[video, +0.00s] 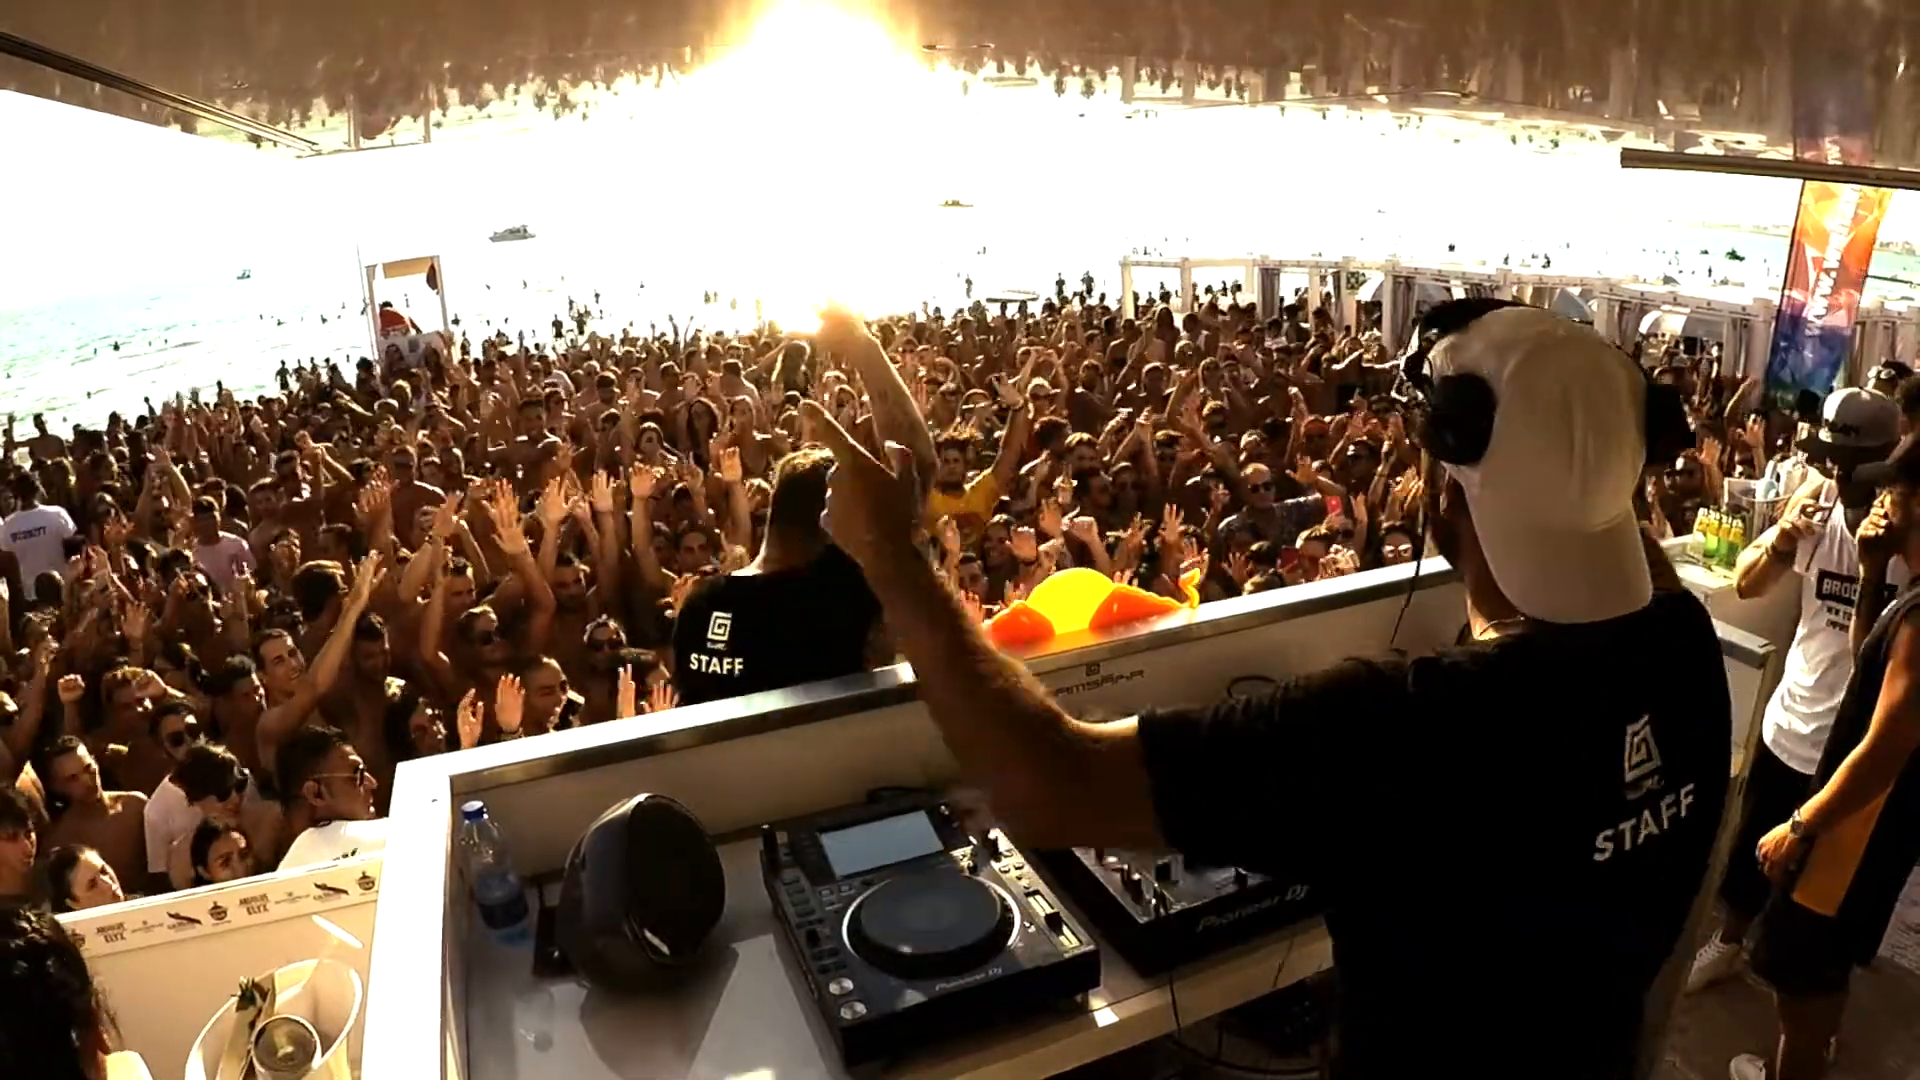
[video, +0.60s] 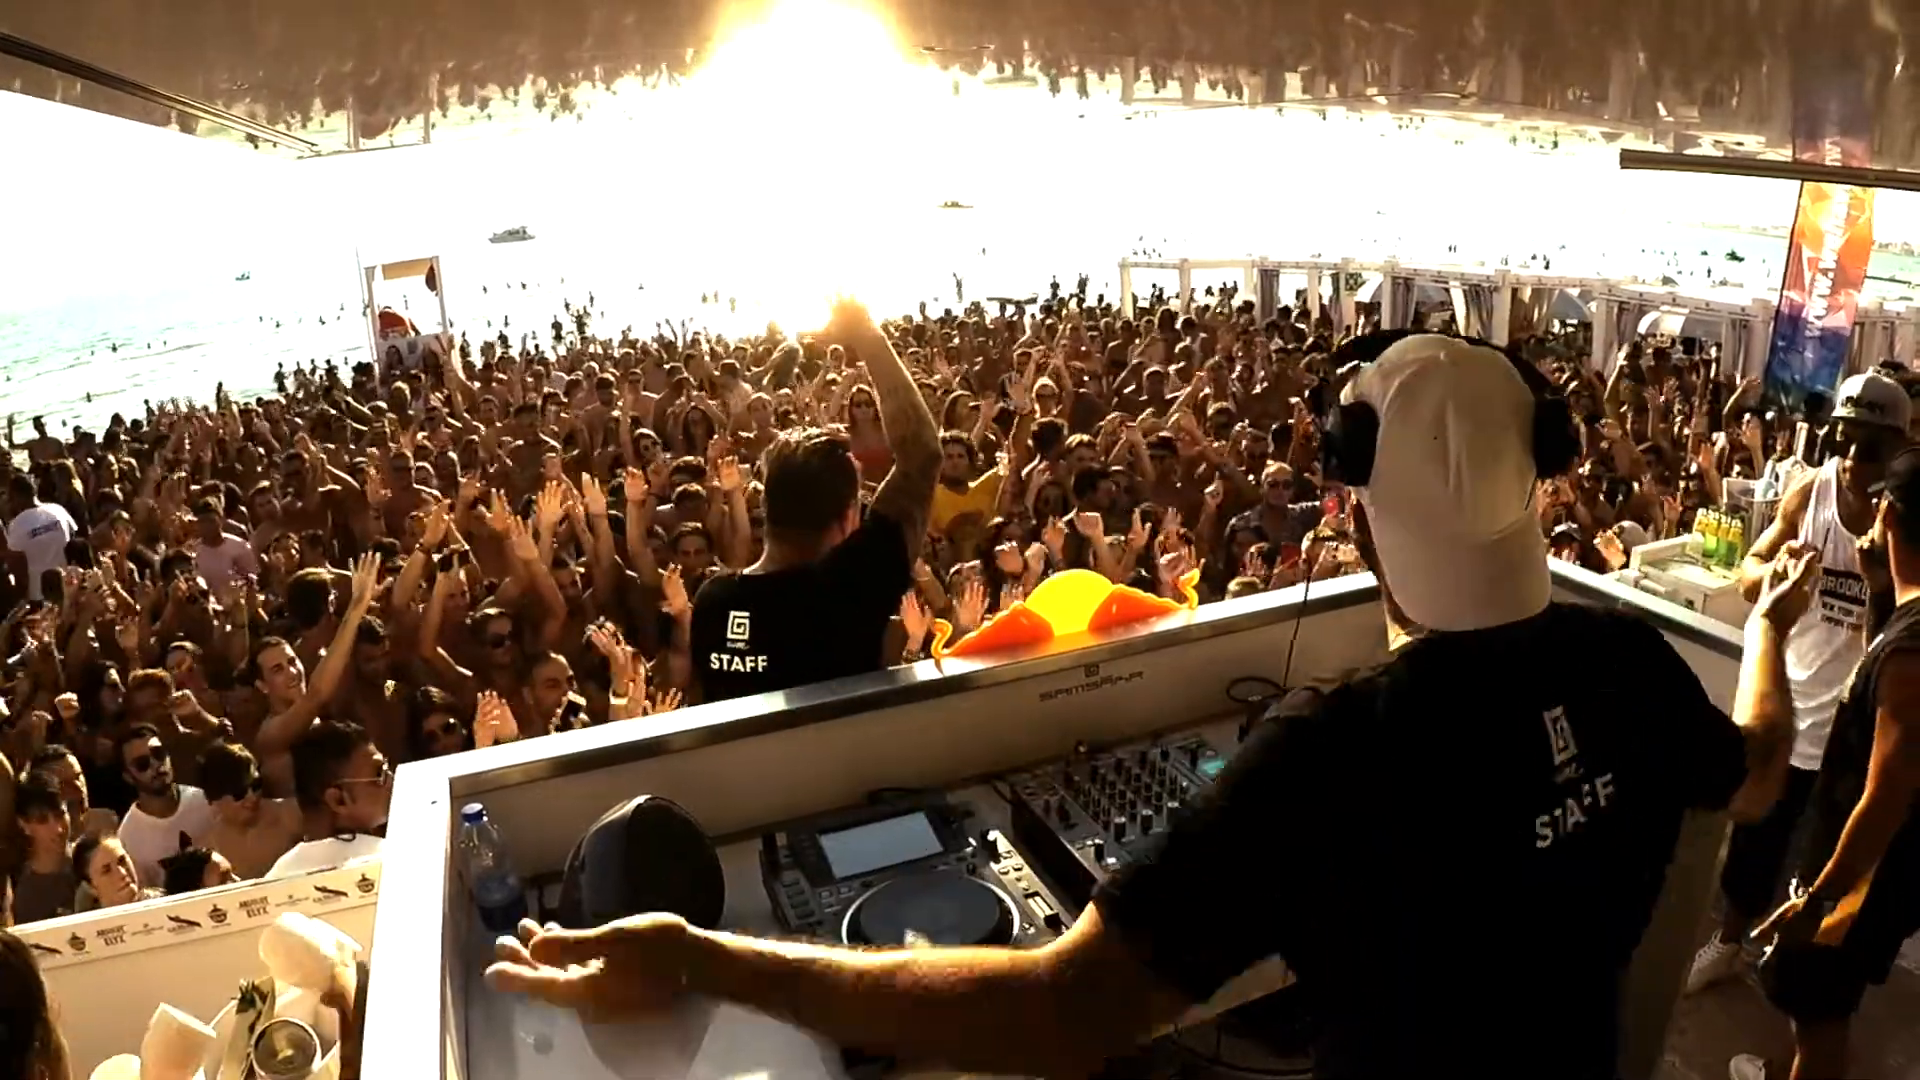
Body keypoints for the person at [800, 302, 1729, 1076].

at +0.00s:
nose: (1424, 490)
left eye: (1433, 460)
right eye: (1432, 456)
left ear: (1465, 500)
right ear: (1620, 488)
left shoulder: (1408, 731)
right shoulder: (1688, 657)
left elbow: (1053, 790)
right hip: (1604, 1061)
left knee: (1097, 1059)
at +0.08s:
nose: (1411, 501)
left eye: (1418, 471)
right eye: (1415, 470)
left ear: (1453, 507)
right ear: (1615, 484)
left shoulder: (1391, 737)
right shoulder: (1689, 656)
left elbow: (1049, 838)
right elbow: (1641, 557)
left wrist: (801, 643)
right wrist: (1589, 437)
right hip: (1609, 1058)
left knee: (1136, 1046)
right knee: (1205, 1024)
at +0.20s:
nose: (1378, 515)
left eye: (1389, 482)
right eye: (1381, 478)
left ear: (1433, 503)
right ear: (1564, 497)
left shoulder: (1395, 757)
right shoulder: (1661, 671)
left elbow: (1140, 1000)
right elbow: (1790, 752)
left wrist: (743, 964)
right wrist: (1838, 591)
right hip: (1571, 1054)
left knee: (862, 960)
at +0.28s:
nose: (1383, 490)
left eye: (1394, 453)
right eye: (1389, 449)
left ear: (1430, 480)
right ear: (1569, 481)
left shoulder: (1394, 725)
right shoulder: (1647, 646)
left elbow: (1131, 987)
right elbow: (1771, 733)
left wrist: (744, 939)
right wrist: (1825, 578)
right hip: (1581, 1059)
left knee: (909, 967)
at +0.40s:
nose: (1414, 492)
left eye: (1416, 460)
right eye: (1414, 460)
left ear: (1444, 489)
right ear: (1597, 473)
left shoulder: (1391, 734)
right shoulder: (1663, 644)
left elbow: (1053, 851)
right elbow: (1607, 548)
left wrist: (846, 650)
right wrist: (1556, 444)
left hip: (1421, 1077)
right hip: (1601, 1054)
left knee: (1128, 1064)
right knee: (1219, 1021)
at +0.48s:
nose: (1409, 488)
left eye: (1414, 461)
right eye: (1413, 458)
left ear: (1440, 490)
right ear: (1593, 463)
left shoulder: (1386, 723)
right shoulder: (1653, 630)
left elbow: (1050, 846)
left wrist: (901, 628)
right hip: (1586, 1060)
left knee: (1132, 1054)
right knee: (1231, 1018)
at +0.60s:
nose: (1337, 507)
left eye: (1341, 477)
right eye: (1347, 469)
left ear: (1361, 506)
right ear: (1548, 493)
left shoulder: (1335, 755)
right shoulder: (1635, 668)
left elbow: (1062, 1008)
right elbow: (1743, 784)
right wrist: (1771, 629)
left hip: (1365, 1079)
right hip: (1573, 1068)